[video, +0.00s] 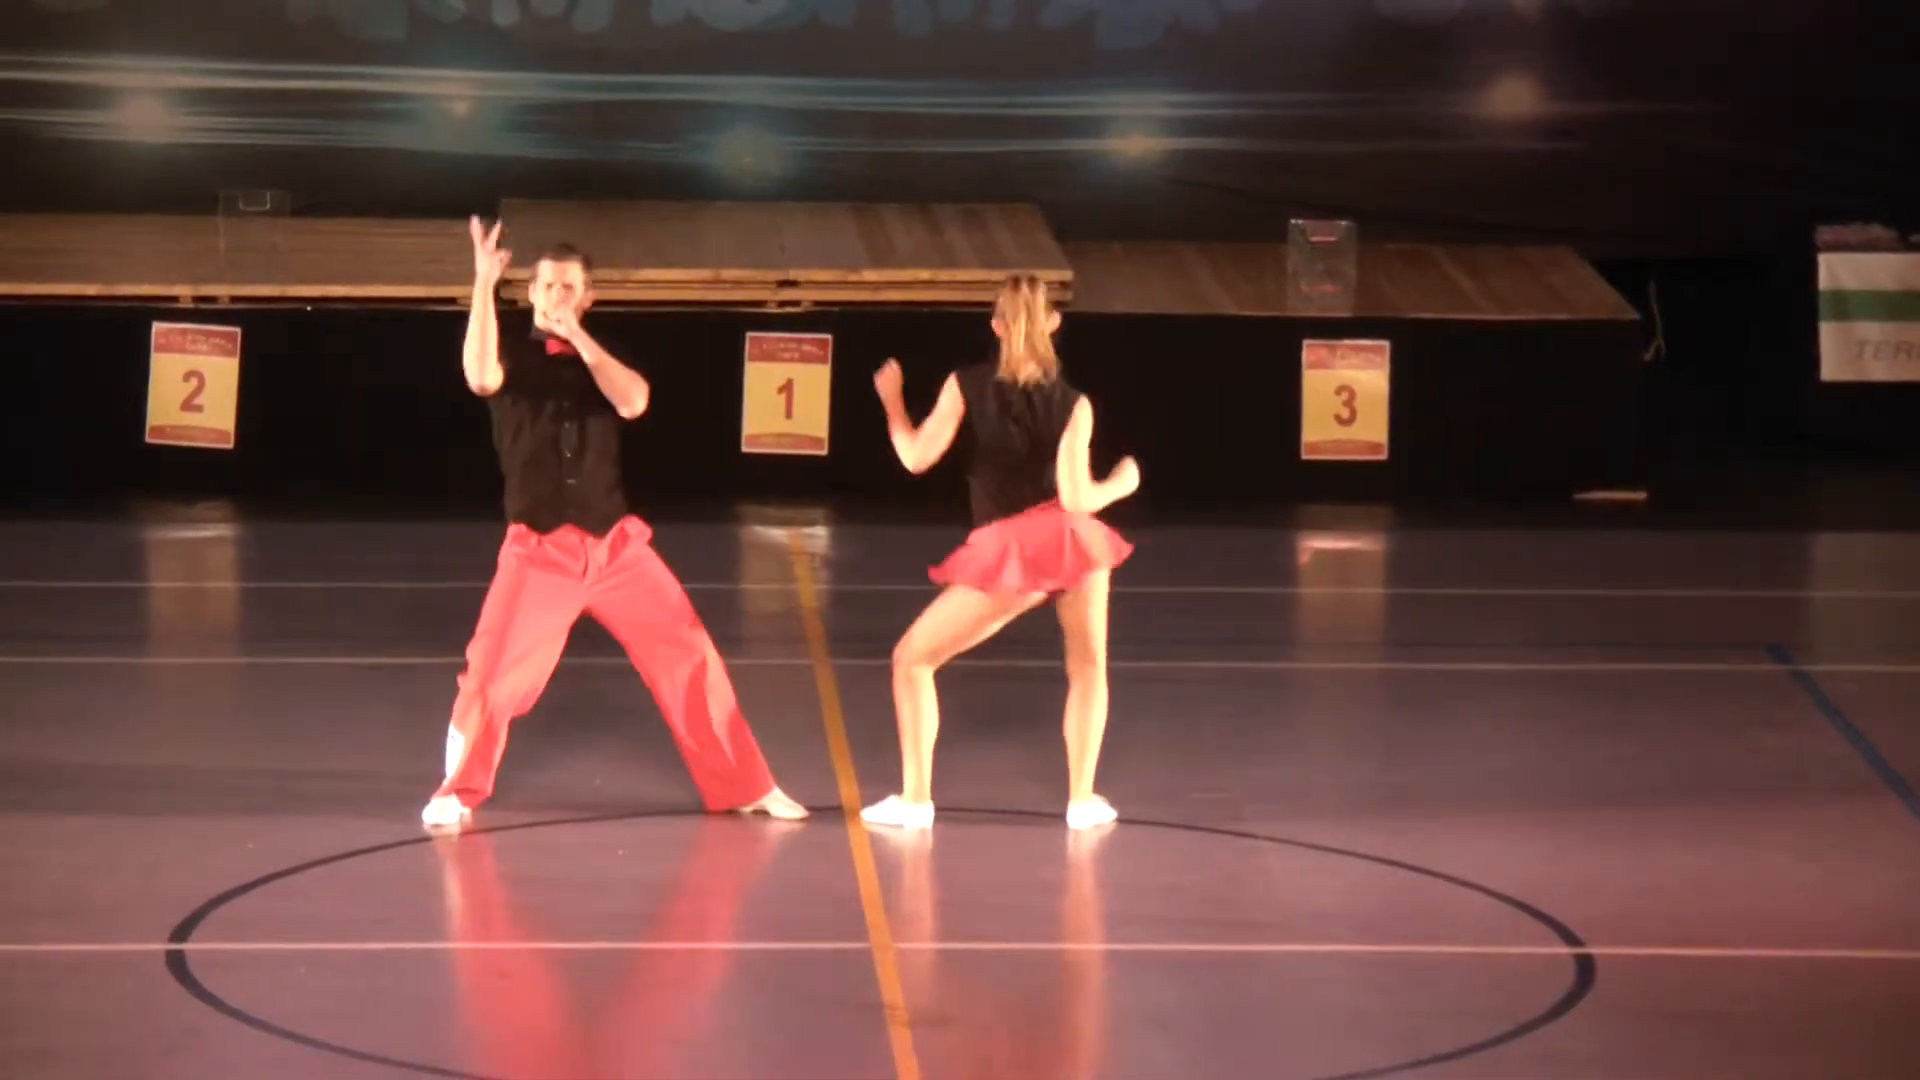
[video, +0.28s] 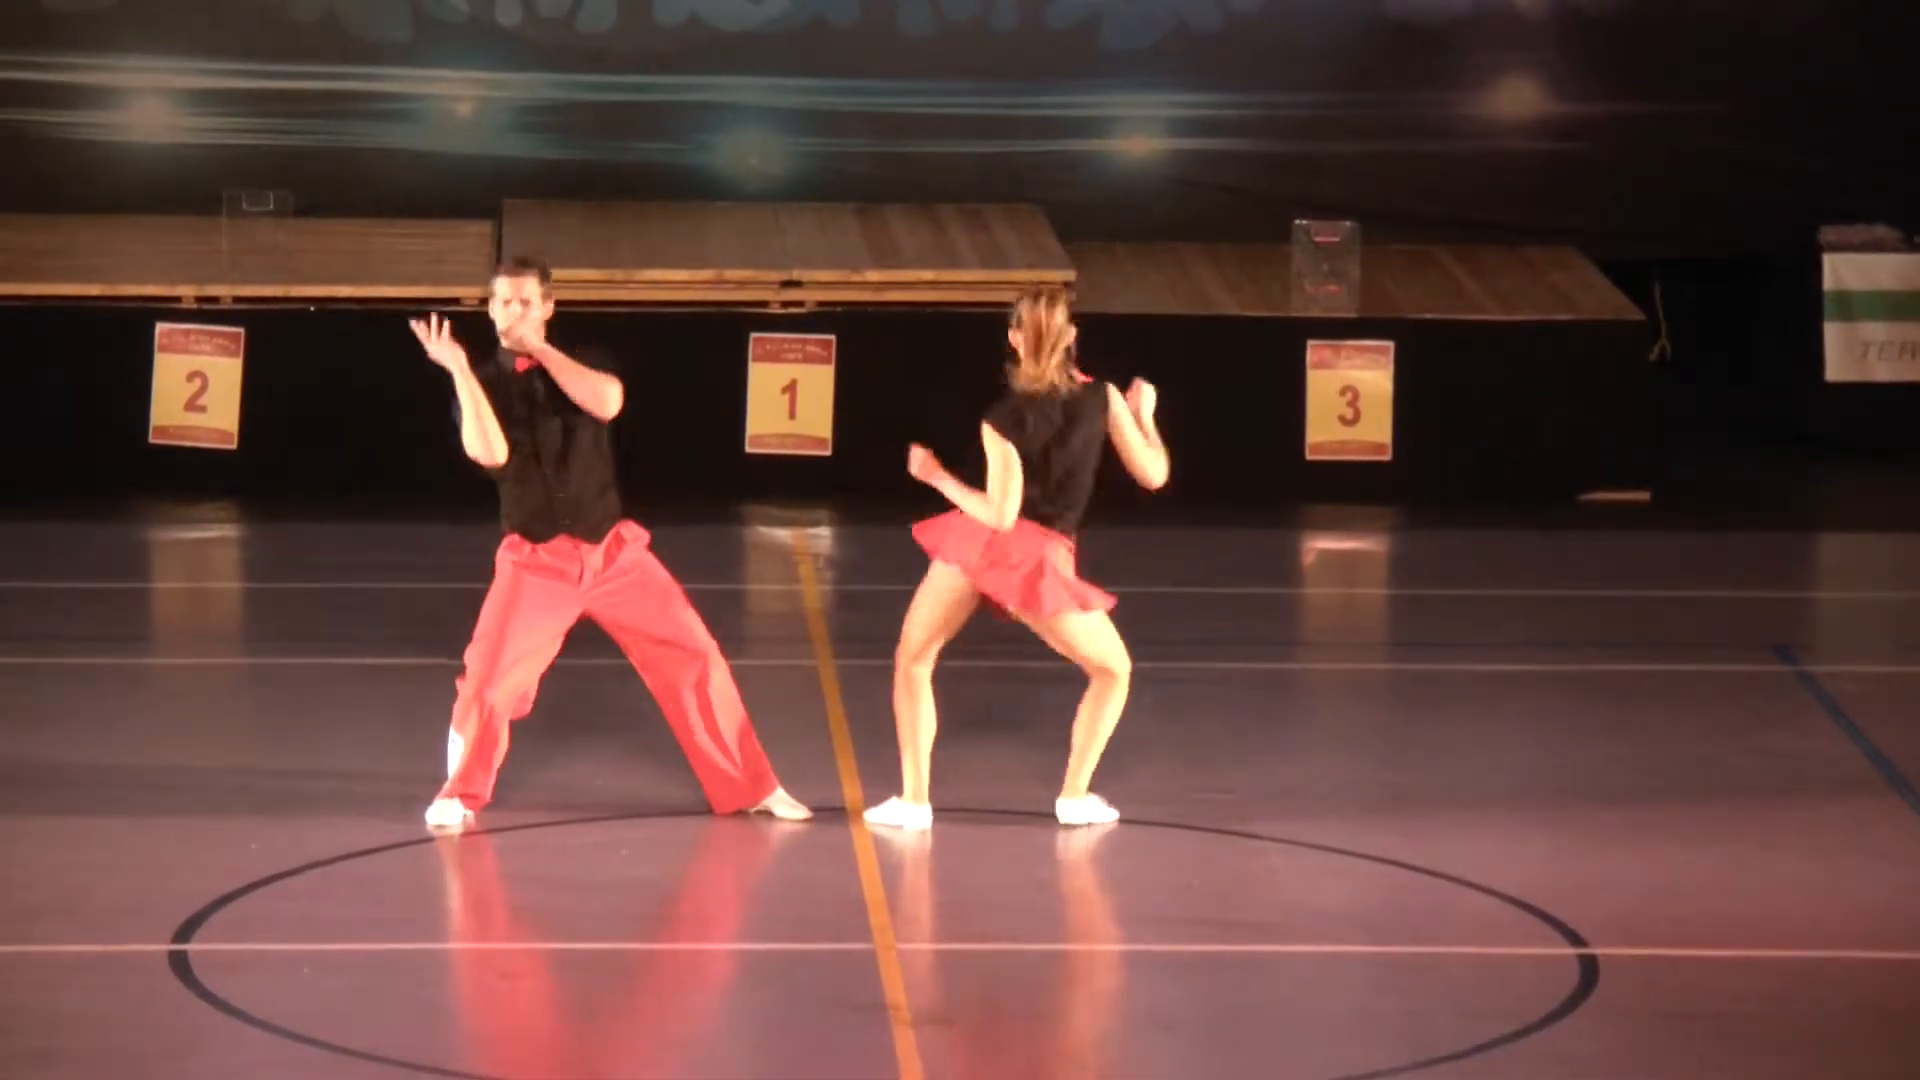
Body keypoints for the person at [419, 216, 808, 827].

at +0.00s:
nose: (558, 295)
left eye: (569, 285)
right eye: (549, 284)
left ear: (586, 296)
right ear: (532, 291)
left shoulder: (600, 358)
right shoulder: (509, 355)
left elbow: (635, 402)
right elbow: (482, 377)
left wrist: (577, 337)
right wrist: (485, 285)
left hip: (618, 547)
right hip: (536, 551)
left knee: (692, 656)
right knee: (489, 673)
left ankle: (748, 786)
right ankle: (456, 796)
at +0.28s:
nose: (512, 312)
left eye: (524, 302)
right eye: (503, 302)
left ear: (548, 308)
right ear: (491, 310)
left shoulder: (585, 362)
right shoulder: (483, 382)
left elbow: (607, 403)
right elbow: (491, 455)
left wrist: (540, 352)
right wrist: (460, 370)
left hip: (615, 552)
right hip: (533, 561)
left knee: (698, 658)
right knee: (488, 683)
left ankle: (754, 788)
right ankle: (458, 798)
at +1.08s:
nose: (646, 324)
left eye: (646, 312)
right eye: (639, 311)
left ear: (609, 311)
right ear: (603, 311)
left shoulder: (618, 379)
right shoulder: (535, 372)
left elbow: (645, 476)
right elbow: (503, 466)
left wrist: (724, 459)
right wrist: (592, 466)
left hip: (643, 549)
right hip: (565, 559)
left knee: (715, 659)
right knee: (528, 685)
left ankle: (772, 790)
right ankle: (468, 800)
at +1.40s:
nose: (620, 312)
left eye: (626, 300)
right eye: (607, 300)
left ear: (632, 305)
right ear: (573, 303)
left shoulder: (648, 375)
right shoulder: (533, 378)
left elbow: (682, 455)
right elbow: (498, 472)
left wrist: (689, 481)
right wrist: (570, 473)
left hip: (656, 557)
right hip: (571, 562)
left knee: (724, 667)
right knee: (532, 684)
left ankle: (770, 792)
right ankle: (473, 799)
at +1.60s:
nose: (615, 286)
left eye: (625, 275)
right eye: (604, 275)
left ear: (643, 283)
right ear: (587, 284)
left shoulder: (661, 361)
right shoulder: (558, 335)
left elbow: (686, 434)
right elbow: (498, 372)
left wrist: (671, 481)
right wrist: (533, 292)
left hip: (648, 537)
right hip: (568, 537)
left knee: (710, 660)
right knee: (529, 666)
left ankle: (763, 791)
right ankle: (470, 795)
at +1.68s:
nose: (620, 290)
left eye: (632, 280)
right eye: (610, 279)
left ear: (651, 289)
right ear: (593, 286)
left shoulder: (658, 366)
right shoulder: (567, 333)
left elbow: (674, 453)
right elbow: (514, 307)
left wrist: (664, 491)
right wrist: (508, 240)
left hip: (640, 536)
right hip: (572, 531)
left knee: (716, 647)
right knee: (537, 658)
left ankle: (732, 784)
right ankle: (462, 791)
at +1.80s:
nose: (621, 295)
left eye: (632, 284)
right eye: (611, 284)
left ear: (652, 297)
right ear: (594, 295)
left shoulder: (667, 375)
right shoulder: (564, 348)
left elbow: (705, 473)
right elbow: (488, 358)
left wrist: (678, 461)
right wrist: (521, 284)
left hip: (651, 553)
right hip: (570, 549)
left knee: (726, 647)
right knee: (525, 666)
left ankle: (733, 786)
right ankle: (453, 795)